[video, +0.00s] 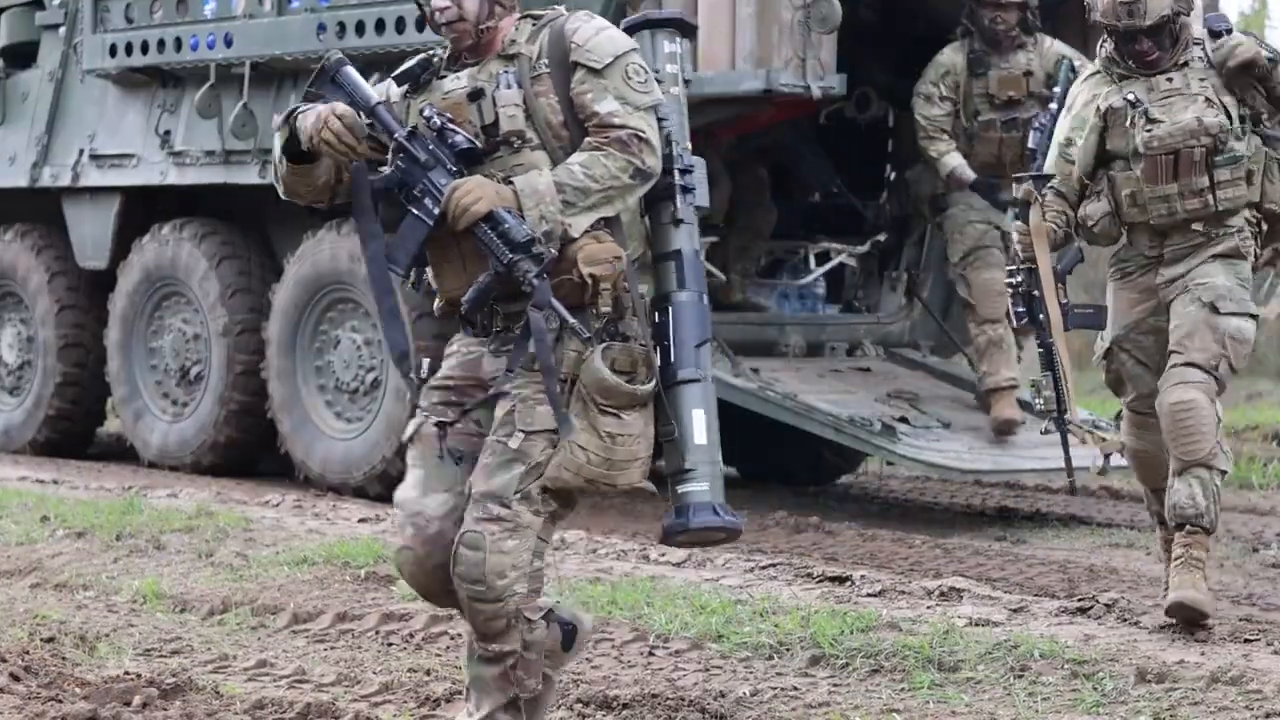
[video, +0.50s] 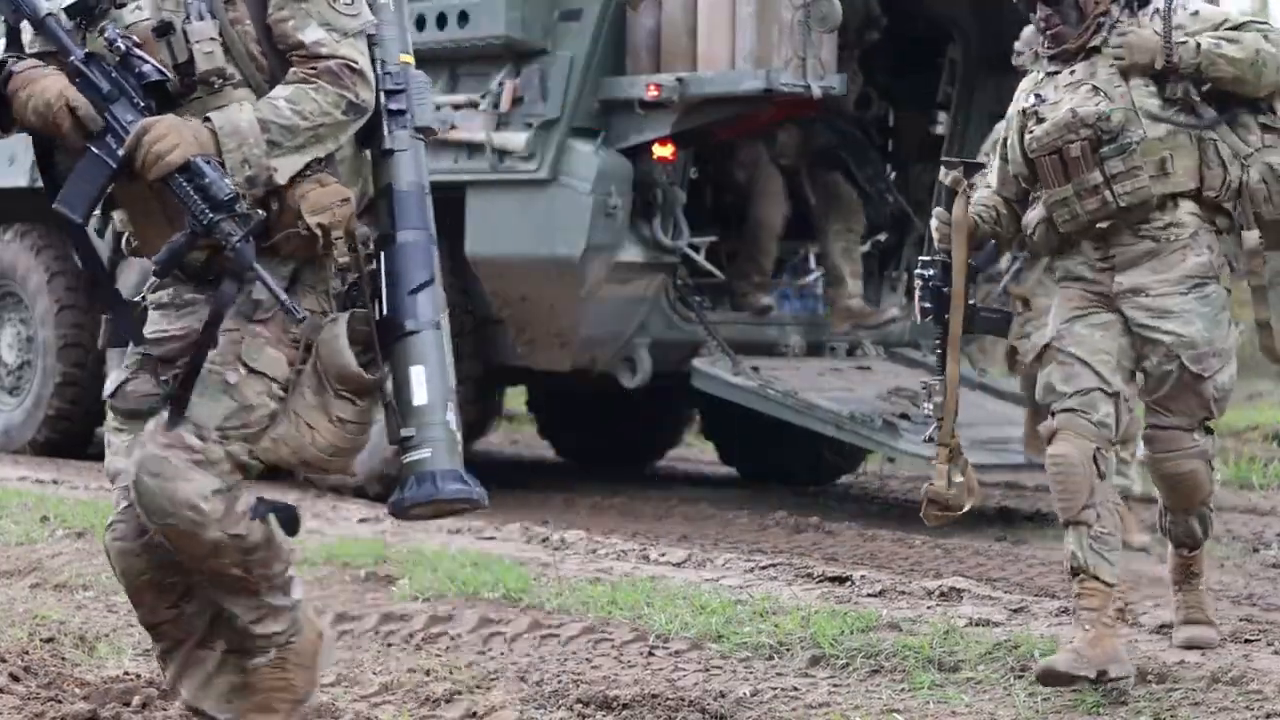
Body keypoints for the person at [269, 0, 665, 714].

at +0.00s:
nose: (439, 7)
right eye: (432, 2)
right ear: (429, 15)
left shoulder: (578, 41)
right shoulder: (418, 84)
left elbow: (632, 151)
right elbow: (318, 189)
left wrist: (519, 196)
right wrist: (306, 132)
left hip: (570, 333)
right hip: (473, 335)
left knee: (494, 556)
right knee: (426, 551)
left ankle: (504, 705)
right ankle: (542, 634)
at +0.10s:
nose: (399, 4)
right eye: (388, 3)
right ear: (377, 4)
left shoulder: (526, 21)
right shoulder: (363, 66)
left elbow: (579, 128)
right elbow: (236, 152)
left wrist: (464, 187)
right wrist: (271, 134)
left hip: (510, 321)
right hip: (409, 317)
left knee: (476, 577)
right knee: (319, 452)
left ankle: (492, 705)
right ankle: (365, 663)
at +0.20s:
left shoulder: (469, 9)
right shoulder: (302, 43)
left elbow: (520, 111)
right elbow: (169, 113)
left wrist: (402, 161)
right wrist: (209, 130)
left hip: (465, 301)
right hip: (359, 294)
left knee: (458, 557)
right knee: (257, 445)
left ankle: (490, 702)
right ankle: (246, 682)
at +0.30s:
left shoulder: (396, 5)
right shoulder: (210, 28)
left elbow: (458, 89)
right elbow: (95, 101)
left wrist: (335, 141)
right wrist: (149, 110)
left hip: (405, 286)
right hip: (289, 289)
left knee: (433, 530)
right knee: (231, 474)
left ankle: (478, 685)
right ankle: (248, 693)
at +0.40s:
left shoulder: (337, 5)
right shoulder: (139, 20)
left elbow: (397, 77)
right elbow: (21, 100)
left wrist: (266, 132)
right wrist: (70, 97)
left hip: (344, 274)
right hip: (235, 281)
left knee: (313, 530)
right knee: (181, 515)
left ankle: (423, 649)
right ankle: (243, 708)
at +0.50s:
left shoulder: (279, 4)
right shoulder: (99, 15)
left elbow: (345, 85)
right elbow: (37, 66)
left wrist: (215, 133)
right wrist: (30, 83)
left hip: (282, 256)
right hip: (166, 265)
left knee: (175, 476)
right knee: (139, 539)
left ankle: (283, 634)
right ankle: (214, 701)